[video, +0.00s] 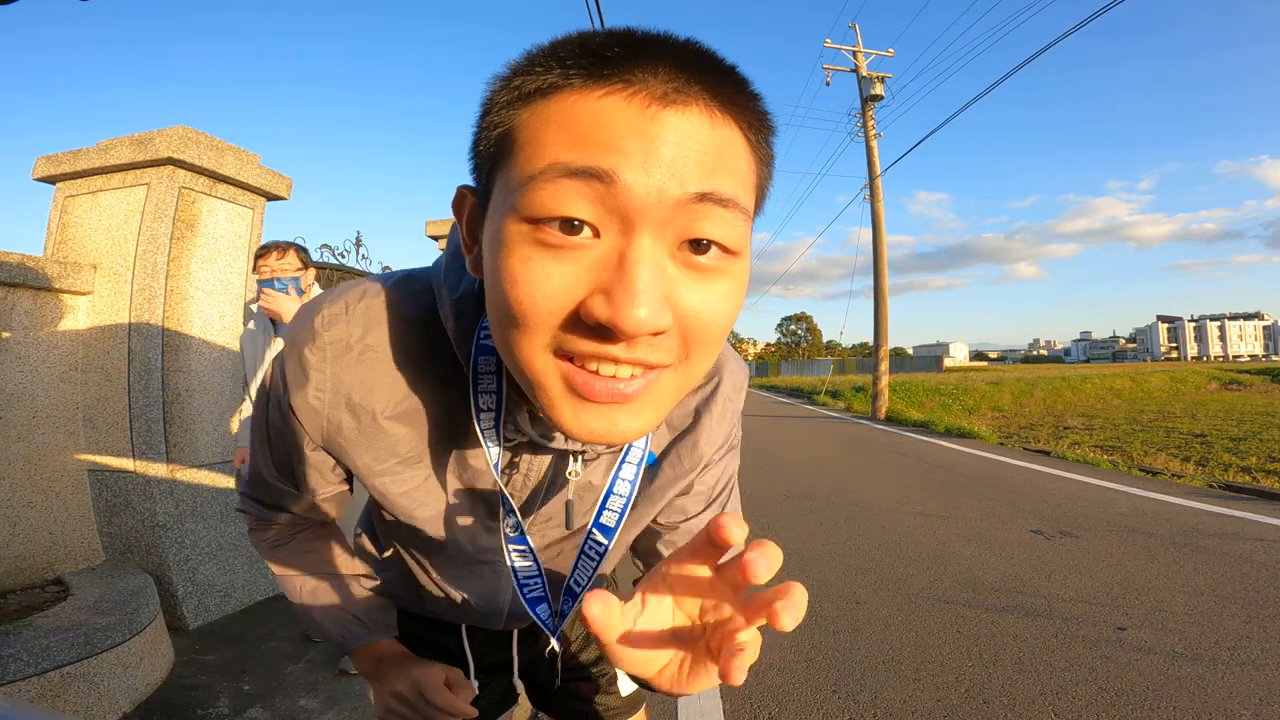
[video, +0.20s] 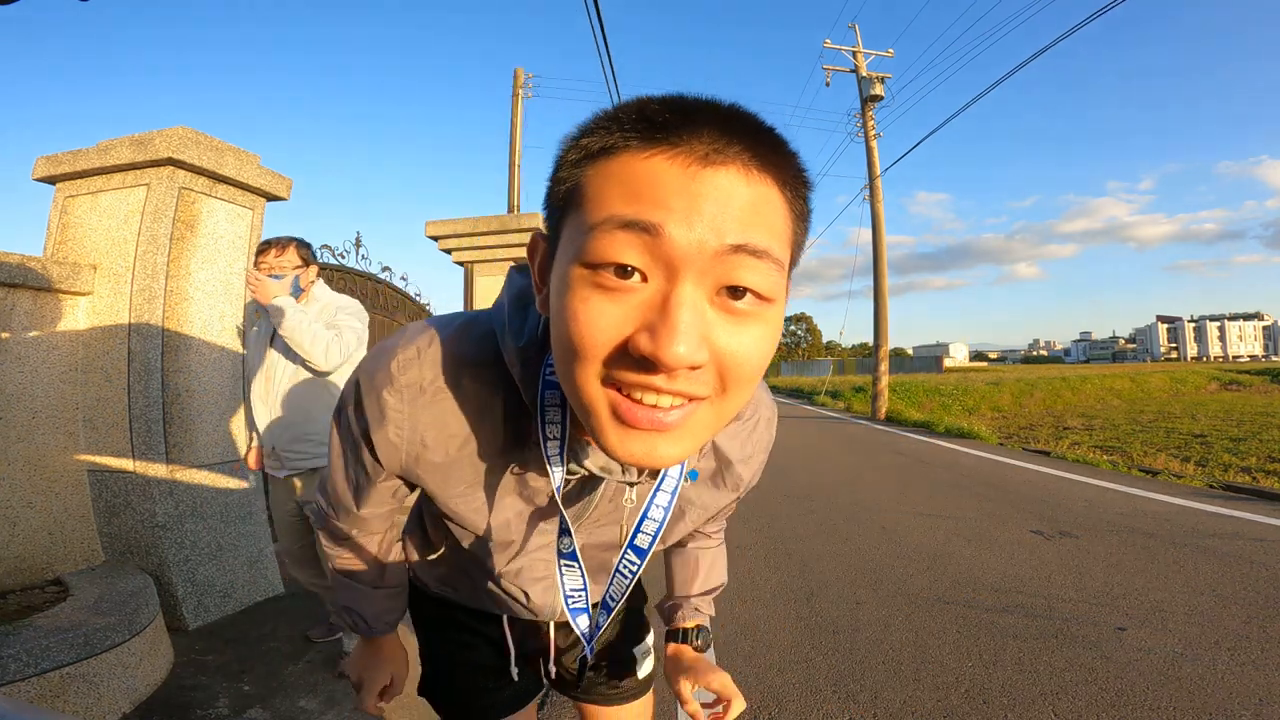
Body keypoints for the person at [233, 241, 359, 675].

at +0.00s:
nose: (273, 287)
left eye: (283, 278)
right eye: (265, 280)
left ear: (308, 278)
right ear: (254, 283)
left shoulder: (327, 313)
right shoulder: (255, 321)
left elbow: (334, 364)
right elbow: (251, 383)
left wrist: (295, 318)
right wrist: (245, 437)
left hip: (325, 441)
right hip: (275, 446)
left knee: (334, 529)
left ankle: (353, 633)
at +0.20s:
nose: (268, 278)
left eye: (280, 269)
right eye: (261, 270)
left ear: (308, 273)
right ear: (254, 275)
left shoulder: (345, 309)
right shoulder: (261, 320)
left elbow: (330, 355)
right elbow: (255, 385)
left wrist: (276, 305)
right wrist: (255, 438)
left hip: (326, 463)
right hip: (279, 465)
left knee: (339, 557)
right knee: (295, 557)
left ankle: (360, 631)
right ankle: (339, 611)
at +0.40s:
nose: (262, 280)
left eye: (271, 270)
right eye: (259, 271)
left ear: (304, 270)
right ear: (262, 274)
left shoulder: (344, 307)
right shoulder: (268, 315)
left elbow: (315, 354)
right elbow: (259, 385)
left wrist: (270, 298)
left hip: (331, 467)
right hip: (281, 469)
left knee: (342, 571)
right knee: (298, 564)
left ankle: (360, 641)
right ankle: (340, 616)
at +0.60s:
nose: (258, 279)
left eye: (267, 270)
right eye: (257, 271)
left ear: (303, 269)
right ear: (274, 277)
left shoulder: (344, 308)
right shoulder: (271, 314)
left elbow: (312, 355)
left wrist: (267, 299)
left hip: (331, 465)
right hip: (282, 466)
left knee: (342, 569)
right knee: (298, 564)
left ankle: (360, 641)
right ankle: (340, 617)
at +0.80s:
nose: (260, 279)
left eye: (270, 270)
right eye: (258, 271)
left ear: (306, 270)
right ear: (266, 276)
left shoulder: (347, 309)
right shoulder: (277, 317)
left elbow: (319, 359)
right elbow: (273, 392)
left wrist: (269, 304)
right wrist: (271, 457)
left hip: (333, 465)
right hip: (286, 465)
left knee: (344, 568)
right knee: (301, 562)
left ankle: (360, 642)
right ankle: (339, 617)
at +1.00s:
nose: (275, 281)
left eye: (286, 270)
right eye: (267, 273)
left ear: (314, 270)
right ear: (262, 275)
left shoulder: (351, 310)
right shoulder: (274, 320)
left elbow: (351, 366)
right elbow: (268, 392)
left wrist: (271, 337)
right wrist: (267, 457)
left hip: (337, 465)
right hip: (287, 465)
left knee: (345, 567)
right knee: (303, 560)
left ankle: (360, 641)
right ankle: (339, 616)